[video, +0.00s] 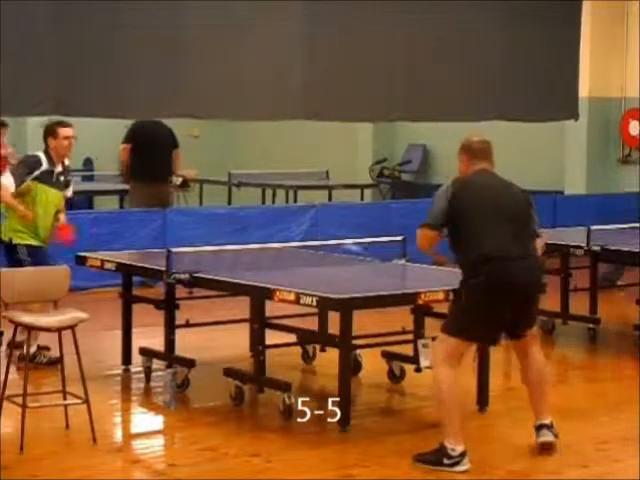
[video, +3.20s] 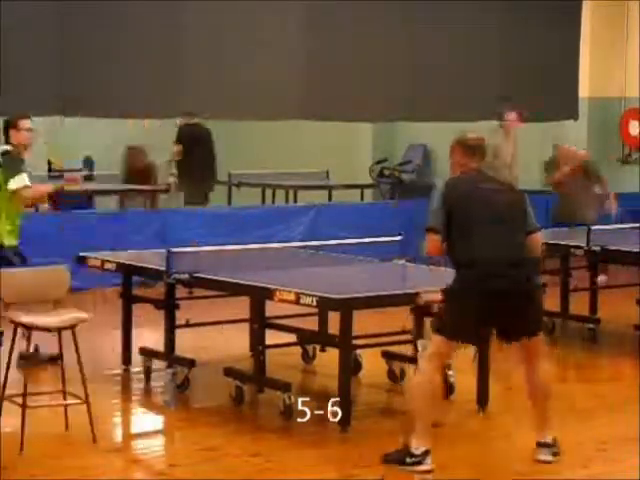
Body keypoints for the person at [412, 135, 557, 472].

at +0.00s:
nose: (458, 168)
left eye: (458, 163)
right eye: (460, 163)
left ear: (464, 161)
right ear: (492, 161)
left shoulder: (455, 189)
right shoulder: (518, 192)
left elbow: (425, 240)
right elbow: (536, 245)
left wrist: (445, 260)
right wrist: (516, 268)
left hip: (483, 279)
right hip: (527, 277)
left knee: (445, 359)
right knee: (528, 345)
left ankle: (453, 448)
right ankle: (545, 424)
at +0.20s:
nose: (479, 176)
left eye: (479, 171)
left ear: (483, 170)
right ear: (512, 172)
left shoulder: (471, 192)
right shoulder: (526, 201)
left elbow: (429, 228)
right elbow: (545, 250)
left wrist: (431, 238)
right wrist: (546, 246)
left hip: (485, 286)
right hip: (529, 285)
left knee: (442, 359)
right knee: (533, 348)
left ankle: (453, 448)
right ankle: (545, 416)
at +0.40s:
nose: (498, 182)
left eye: (498, 177)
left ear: (501, 177)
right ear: (529, 178)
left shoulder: (497, 195)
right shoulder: (538, 203)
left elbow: (474, 223)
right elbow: (537, 244)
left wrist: (449, 244)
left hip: (508, 282)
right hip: (547, 282)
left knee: (477, 357)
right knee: (548, 342)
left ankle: (457, 443)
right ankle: (546, 416)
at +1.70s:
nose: (479, 179)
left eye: (479, 173)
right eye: (481, 173)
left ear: (486, 173)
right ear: (510, 173)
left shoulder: (494, 209)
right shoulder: (526, 209)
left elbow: (482, 262)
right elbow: (517, 261)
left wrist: (438, 253)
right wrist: (455, 255)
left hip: (508, 311)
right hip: (548, 305)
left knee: (450, 375)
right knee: (549, 358)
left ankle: (460, 463)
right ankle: (572, 434)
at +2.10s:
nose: (478, 159)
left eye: (479, 154)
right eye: (480, 153)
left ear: (484, 159)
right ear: (513, 159)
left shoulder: (487, 201)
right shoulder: (533, 198)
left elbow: (460, 255)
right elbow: (524, 251)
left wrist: (429, 248)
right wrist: (469, 242)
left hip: (491, 309)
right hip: (532, 307)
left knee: (444, 366)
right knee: (537, 363)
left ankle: (463, 461)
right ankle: (570, 435)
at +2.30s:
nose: (472, 151)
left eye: (473, 146)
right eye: (477, 146)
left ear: (476, 148)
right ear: (508, 150)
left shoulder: (464, 187)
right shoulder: (529, 191)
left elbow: (438, 244)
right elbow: (548, 251)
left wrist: (435, 237)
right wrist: (518, 256)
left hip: (472, 295)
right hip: (520, 296)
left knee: (424, 365)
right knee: (543, 366)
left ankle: (439, 452)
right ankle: (562, 446)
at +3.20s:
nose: (451, 165)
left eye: (453, 159)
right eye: (453, 159)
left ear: (459, 158)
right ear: (483, 157)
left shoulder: (449, 188)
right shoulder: (512, 190)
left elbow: (433, 246)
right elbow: (535, 245)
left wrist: (460, 242)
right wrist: (507, 250)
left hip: (472, 285)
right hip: (518, 284)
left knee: (432, 362)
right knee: (534, 360)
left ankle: (418, 448)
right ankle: (545, 441)